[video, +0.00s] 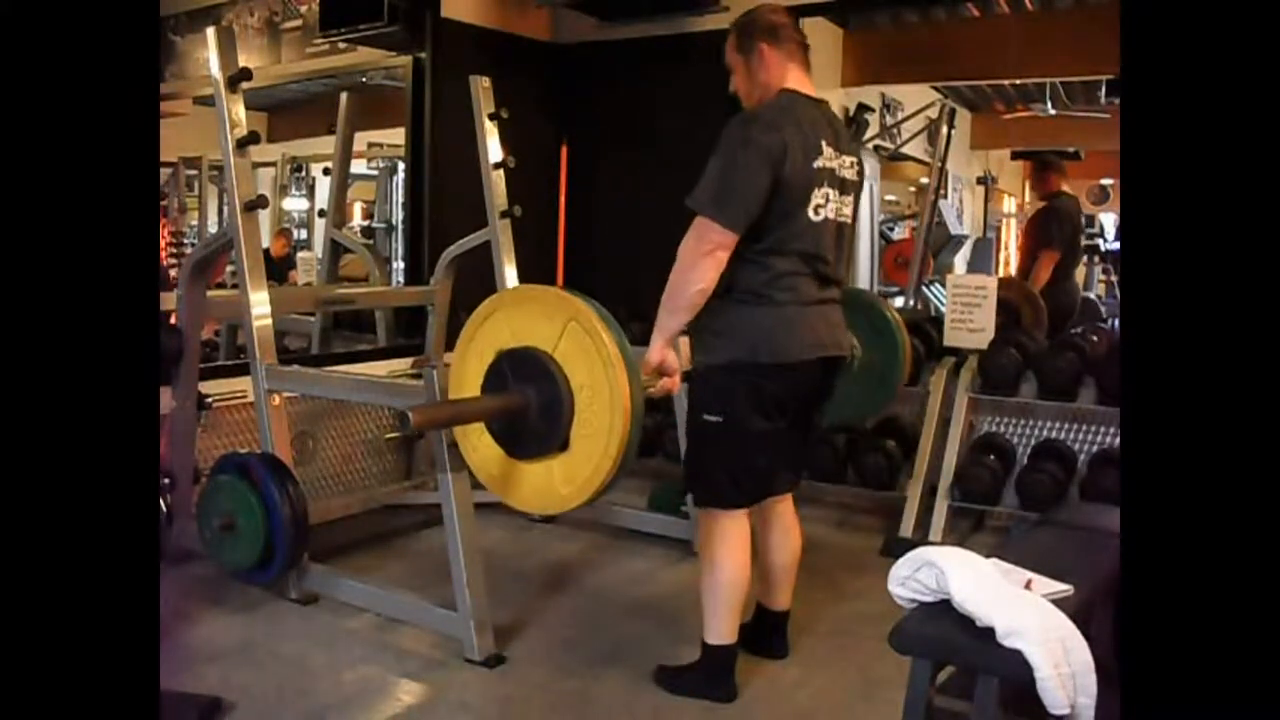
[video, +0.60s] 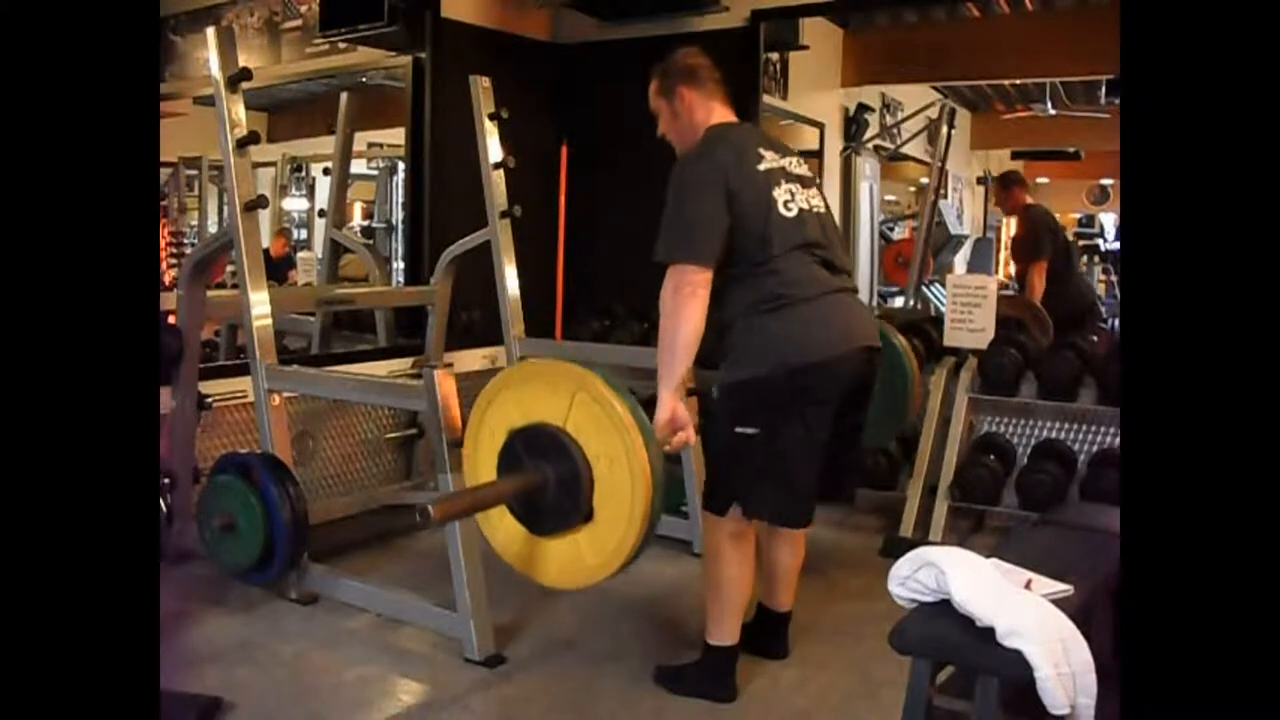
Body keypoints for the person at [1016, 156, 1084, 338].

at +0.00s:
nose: (1031, 184)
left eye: (1034, 178)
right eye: (1031, 178)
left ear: (1049, 177)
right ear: (1055, 177)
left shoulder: (1055, 210)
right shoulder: (1070, 205)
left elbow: (1048, 258)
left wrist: (1025, 297)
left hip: (1048, 294)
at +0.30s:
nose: (1012, 190)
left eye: (1014, 183)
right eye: (1011, 184)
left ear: (1028, 180)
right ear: (1033, 180)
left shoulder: (1045, 208)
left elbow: (1043, 259)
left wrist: (1029, 305)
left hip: (1057, 303)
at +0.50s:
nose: (1003, 199)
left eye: (1004, 192)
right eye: (1002, 192)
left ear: (1018, 186)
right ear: (1021, 186)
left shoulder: (1038, 213)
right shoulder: (1031, 213)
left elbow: (1040, 267)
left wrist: (1028, 312)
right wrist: (1025, 310)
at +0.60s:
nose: (995, 203)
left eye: (998, 196)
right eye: (995, 197)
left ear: (1014, 192)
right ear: (1016, 192)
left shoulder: (1035, 216)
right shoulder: (1028, 217)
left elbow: (1038, 272)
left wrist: (1028, 320)